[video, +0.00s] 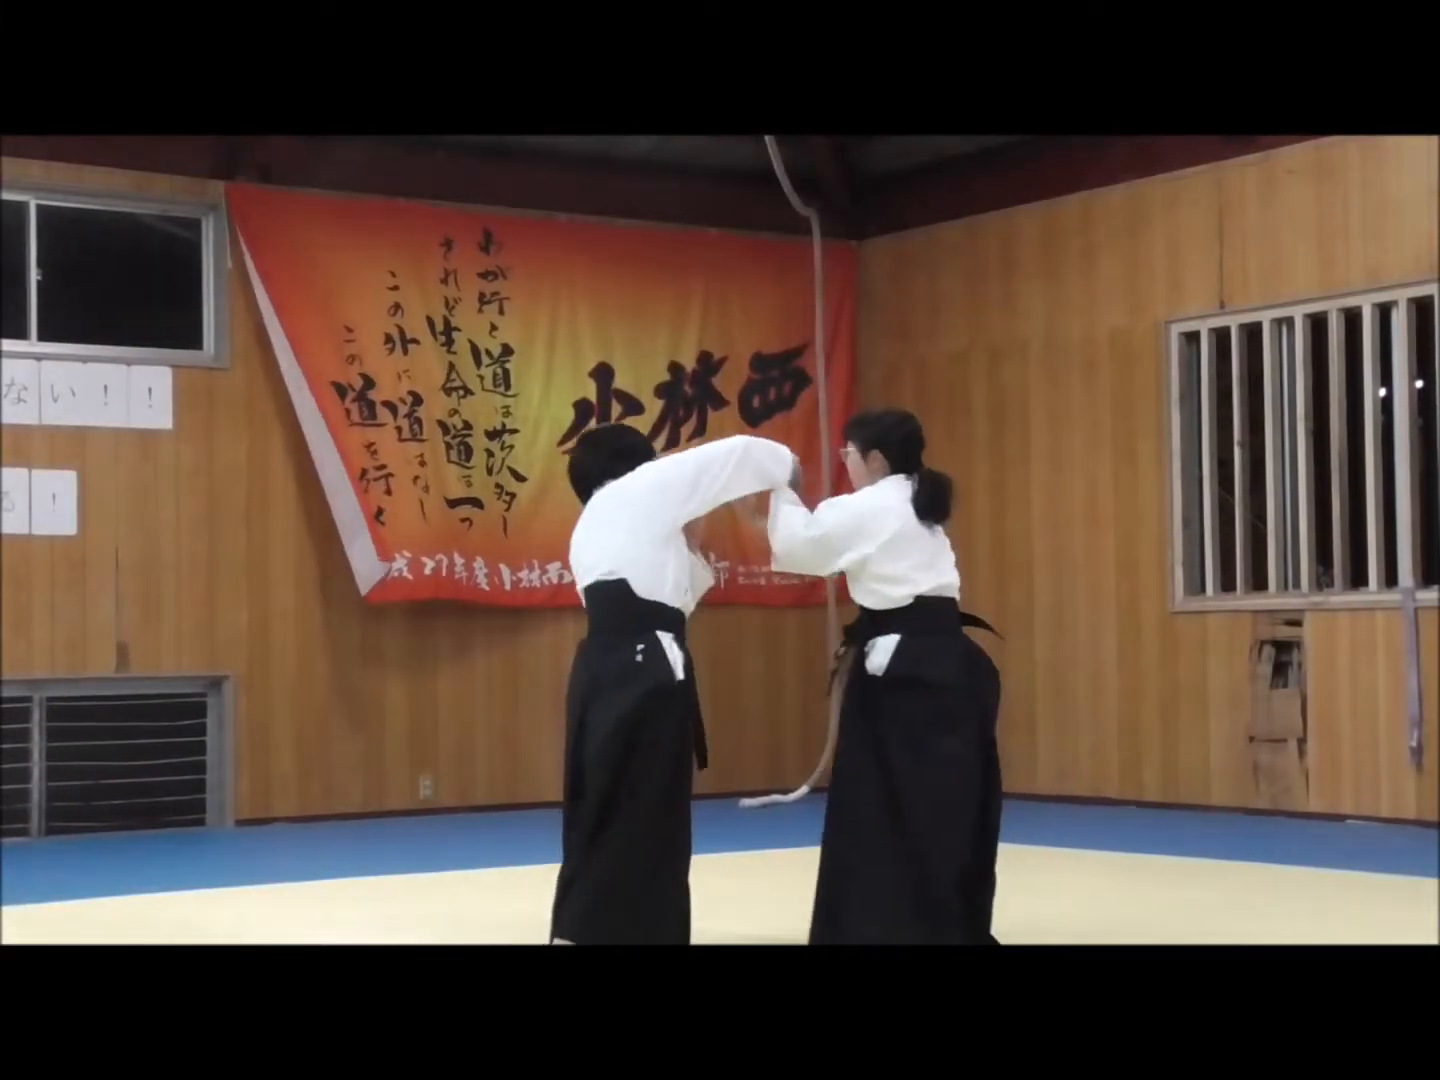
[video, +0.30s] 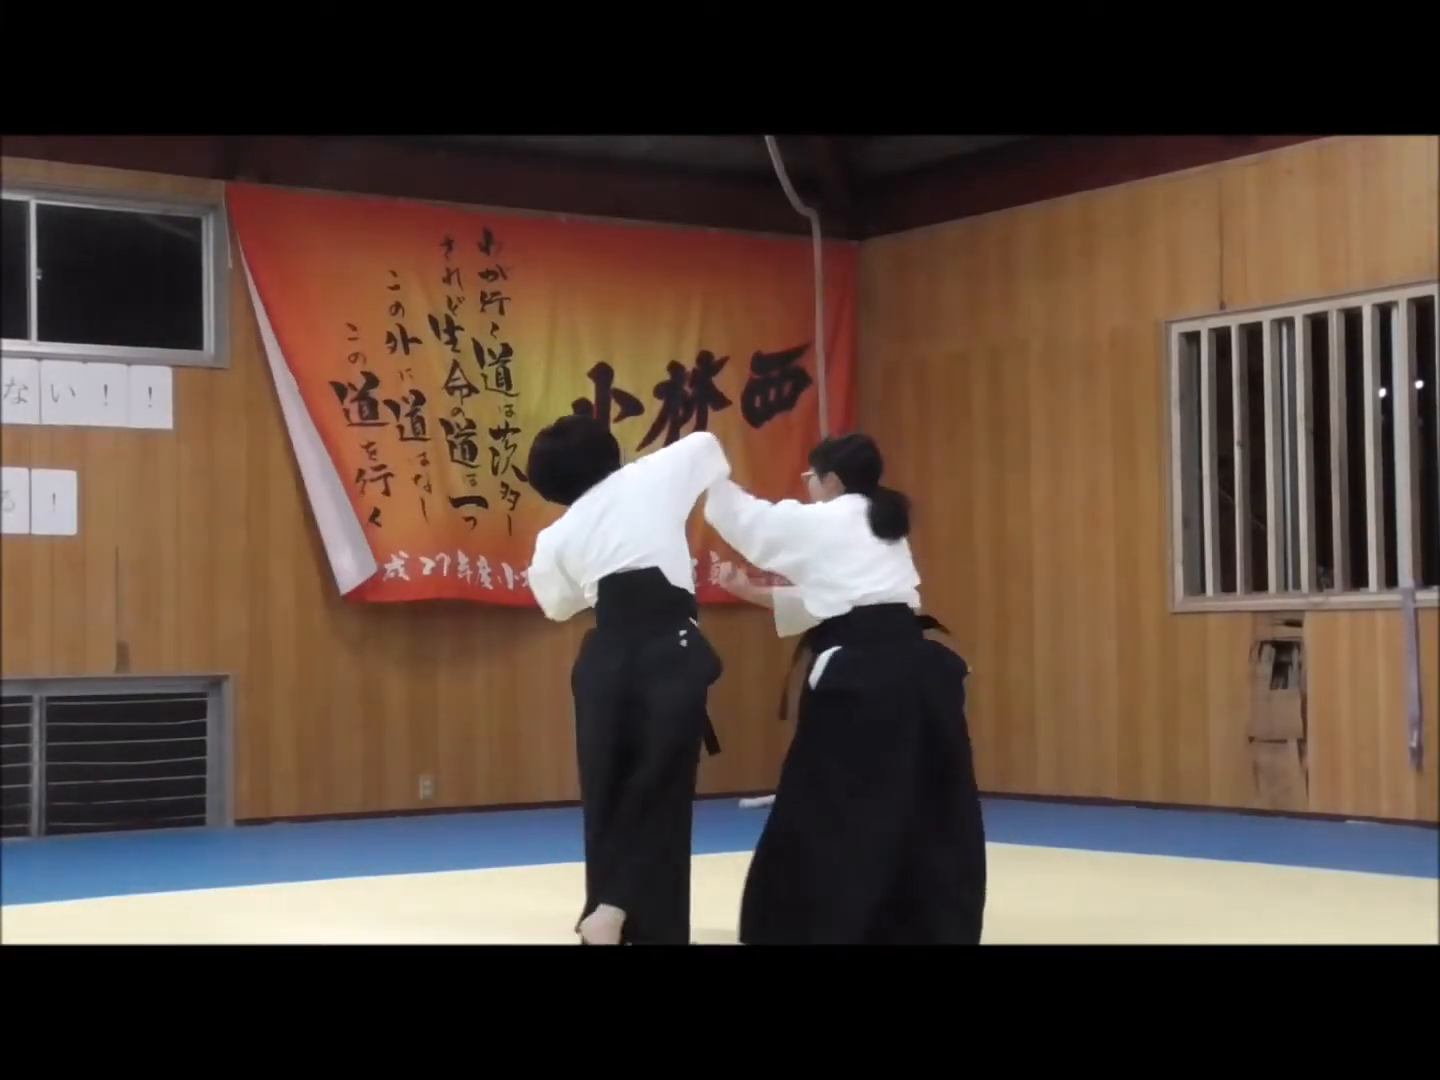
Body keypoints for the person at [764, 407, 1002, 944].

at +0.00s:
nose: (846, 467)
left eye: (850, 457)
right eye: (845, 457)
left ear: (875, 458)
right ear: (902, 456)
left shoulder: (871, 507)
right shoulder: (924, 502)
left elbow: (797, 542)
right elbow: (823, 542)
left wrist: (777, 488)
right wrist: (776, 510)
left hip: (901, 664)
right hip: (954, 659)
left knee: (882, 802)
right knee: (949, 807)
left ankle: (880, 928)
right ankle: (944, 929)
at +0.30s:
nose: (806, 484)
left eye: (811, 476)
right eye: (808, 476)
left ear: (830, 481)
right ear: (867, 479)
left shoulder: (813, 522)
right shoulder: (887, 520)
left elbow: (731, 511)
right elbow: (835, 591)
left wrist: (710, 461)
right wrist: (757, 592)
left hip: (854, 669)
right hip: (919, 662)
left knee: (822, 809)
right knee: (917, 808)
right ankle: (918, 930)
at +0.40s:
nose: (777, 503)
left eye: (783, 494)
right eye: (779, 494)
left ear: (804, 498)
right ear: (837, 497)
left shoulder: (782, 540)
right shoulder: (862, 536)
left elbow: (708, 528)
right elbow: (807, 616)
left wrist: (673, 485)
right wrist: (731, 611)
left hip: (828, 681)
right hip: (898, 677)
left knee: (806, 816)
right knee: (914, 819)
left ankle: (772, 931)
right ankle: (925, 932)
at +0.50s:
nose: (751, 527)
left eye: (754, 518)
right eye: (752, 519)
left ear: (769, 518)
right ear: (807, 515)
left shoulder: (748, 561)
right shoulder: (835, 554)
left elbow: (680, 563)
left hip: (799, 690)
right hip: (868, 683)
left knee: (786, 821)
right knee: (898, 812)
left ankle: (772, 931)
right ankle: (929, 928)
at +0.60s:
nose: (715, 555)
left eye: (717, 546)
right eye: (716, 546)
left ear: (733, 543)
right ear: (775, 538)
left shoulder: (714, 584)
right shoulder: (805, 566)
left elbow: (661, 629)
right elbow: (830, 623)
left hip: (785, 690)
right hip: (857, 679)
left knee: (779, 820)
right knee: (890, 804)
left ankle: (785, 929)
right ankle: (935, 922)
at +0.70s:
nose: (696, 587)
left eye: (699, 577)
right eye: (696, 578)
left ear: (715, 572)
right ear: (749, 565)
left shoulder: (694, 615)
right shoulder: (775, 582)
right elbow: (818, 625)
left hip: (777, 686)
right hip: (849, 671)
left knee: (777, 818)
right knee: (888, 801)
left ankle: (783, 930)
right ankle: (938, 925)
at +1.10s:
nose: (679, 609)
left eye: (680, 599)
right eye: (678, 600)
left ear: (691, 586)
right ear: (733, 576)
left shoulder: (692, 618)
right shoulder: (773, 593)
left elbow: (679, 711)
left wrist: (674, 782)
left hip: (774, 689)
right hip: (846, 674)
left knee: (761, 817)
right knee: (887, 791)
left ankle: (757, 929)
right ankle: (942, 920)